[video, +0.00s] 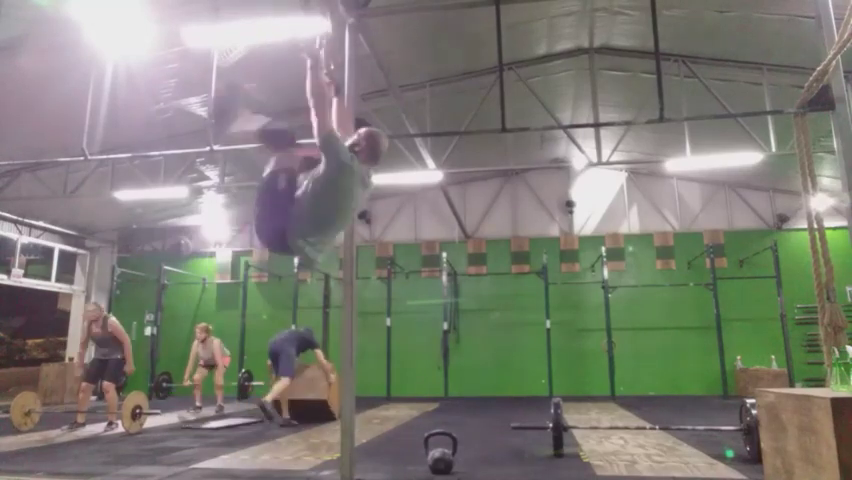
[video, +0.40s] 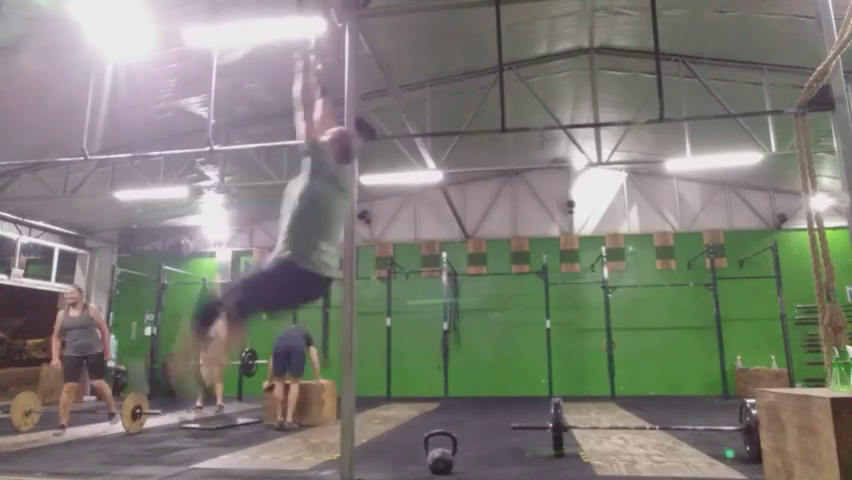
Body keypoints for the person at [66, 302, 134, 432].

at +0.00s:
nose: (93, 321)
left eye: (95, 317)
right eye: (90, 318)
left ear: (101, 313)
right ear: (87, 316)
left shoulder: (111, 322)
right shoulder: (89, 324)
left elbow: (126, 340)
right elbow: (83, 343)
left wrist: (129, 363)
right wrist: (81, 362)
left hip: (116, 357)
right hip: (99, 357)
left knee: (108, 386)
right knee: (85, 386)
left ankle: (112, 421)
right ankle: (80, 420)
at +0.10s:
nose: (111, 302)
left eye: (114, 299)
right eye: (109, 299)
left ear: (122, 301)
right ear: (106, 301)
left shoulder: (128, 314)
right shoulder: (104, 314)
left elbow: (138, 334)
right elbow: (98, 334)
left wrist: (136, 356)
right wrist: (92, 352)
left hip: (120, 353)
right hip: (102, 351)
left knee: (111, 386)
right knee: (84, 381)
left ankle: (112, 420)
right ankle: (79, 408)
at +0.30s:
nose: (95, 300)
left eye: (98, 297)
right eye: (92, 297)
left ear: (104, 299)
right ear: (89, 299)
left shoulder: (112, 315)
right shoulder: (84, 316)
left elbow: (119, 337)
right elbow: (73, 337)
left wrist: (121, 359)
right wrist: (64, 358)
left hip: (106, 358)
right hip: (85, 358)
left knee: (107, 388)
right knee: (77, 388)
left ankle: (111, 420)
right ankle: (64, 423)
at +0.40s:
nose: (69, 296)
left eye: (72, 293)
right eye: (67, 293)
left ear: (80, 295)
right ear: (65, 297)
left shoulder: (92, 310)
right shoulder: (62, 314)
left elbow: (104, 329)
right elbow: (56, 336)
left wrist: (106, 350)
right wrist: (55, 357)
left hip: (93, 353)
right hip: (72, 354)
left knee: (98, 383)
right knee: (68, 387)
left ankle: (112, 411)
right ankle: (63, 423)